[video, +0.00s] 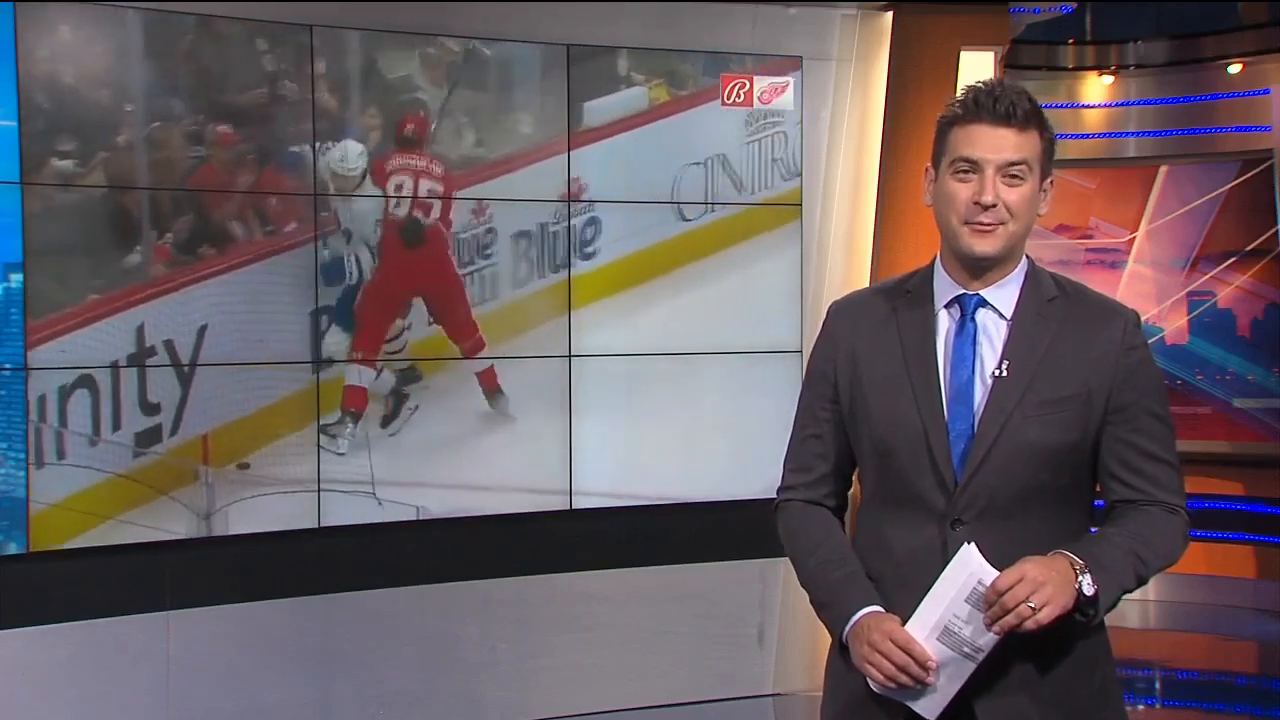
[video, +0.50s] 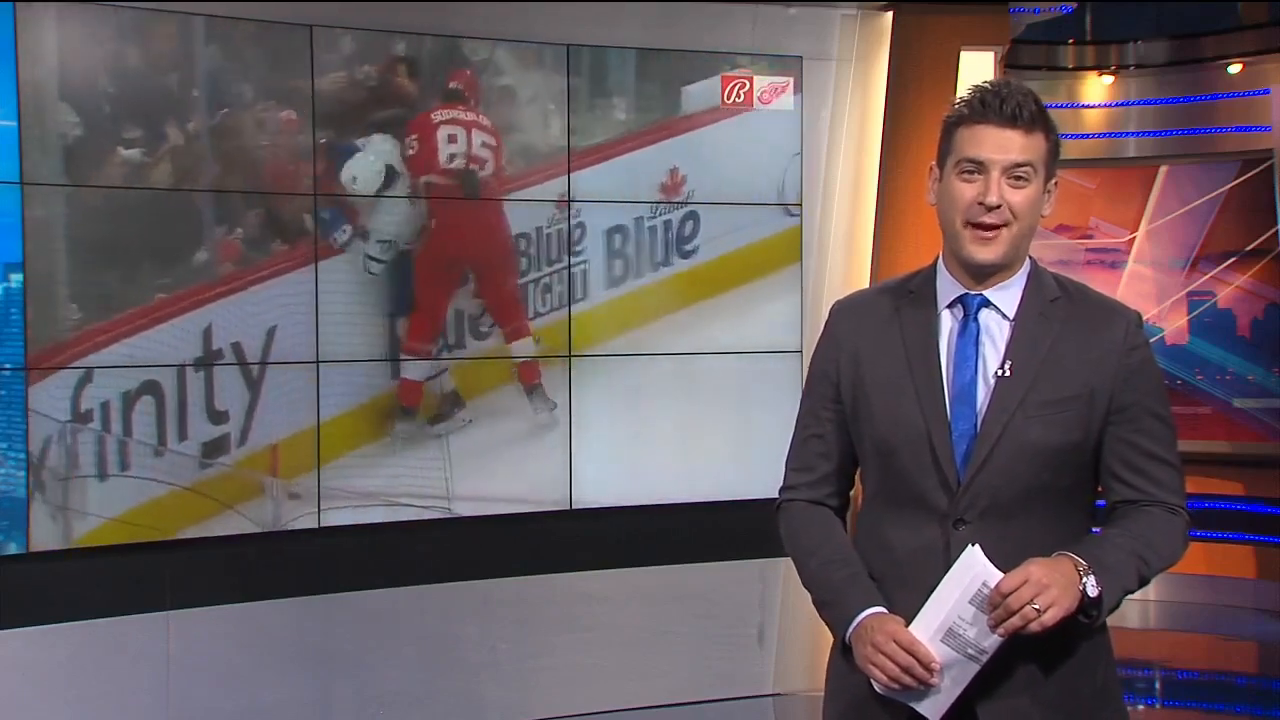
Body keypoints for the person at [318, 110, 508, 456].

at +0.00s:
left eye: (403, 129)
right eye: (421, 129)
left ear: (396, 134)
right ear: (428, 135)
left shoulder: (387, 164)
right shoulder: (442, 172)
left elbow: (375, 179)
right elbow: (446, 222)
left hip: (395, 264)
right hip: (436, 262)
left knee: (368, 331)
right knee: (463, 328)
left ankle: (350, 419)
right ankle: (495, 395)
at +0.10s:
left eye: (408, 117)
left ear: (407, 120)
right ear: (438, 124)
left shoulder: (391, 150)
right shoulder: (453, 160)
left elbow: (379, 193)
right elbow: (451, 212)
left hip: (394, 247)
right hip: (436, 248)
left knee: (379, 327)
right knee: (460, 318)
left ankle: (354, 412)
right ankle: (490, 392)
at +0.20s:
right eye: (448, 115)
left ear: (419, 112)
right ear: (450, 117)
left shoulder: (394, 142)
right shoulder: (460, 152)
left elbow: (387, 182)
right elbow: (456, 198)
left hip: (404, 237)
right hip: (445, 237)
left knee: (386, 321)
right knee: (465, 315)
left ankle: (361, 406)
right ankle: (488, 393)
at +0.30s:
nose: (463, 118)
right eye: (462, 112)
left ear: (428, 106)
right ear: (457, 112)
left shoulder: (400, 134)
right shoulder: (465, 143)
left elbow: (389, 176)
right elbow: (465, 190)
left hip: (410, 238)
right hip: (454, 239)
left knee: (390, 318)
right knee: (475, 313)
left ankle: (369, 404)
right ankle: (496, 392)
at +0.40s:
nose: (469, 111)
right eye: (468, 105)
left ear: (434, 98)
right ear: (464, 105)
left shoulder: (407, 127)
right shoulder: (475, 137)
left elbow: (401, 182)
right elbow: (475, 188)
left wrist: (434, 185)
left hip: (420, 233)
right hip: (466, 233)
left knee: (405, 314)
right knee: (486, 310)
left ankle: (380, 407)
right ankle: (511, 394)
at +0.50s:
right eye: (473, 91)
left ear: (444, 92)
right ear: (474, 95)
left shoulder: (423, 122)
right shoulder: (488, 126)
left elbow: (417, 177)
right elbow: (498, 179)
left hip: (445, 229)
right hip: (490, 227)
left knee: (427, 312)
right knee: (507, 305)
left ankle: (408, 405)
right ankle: (536, 392)